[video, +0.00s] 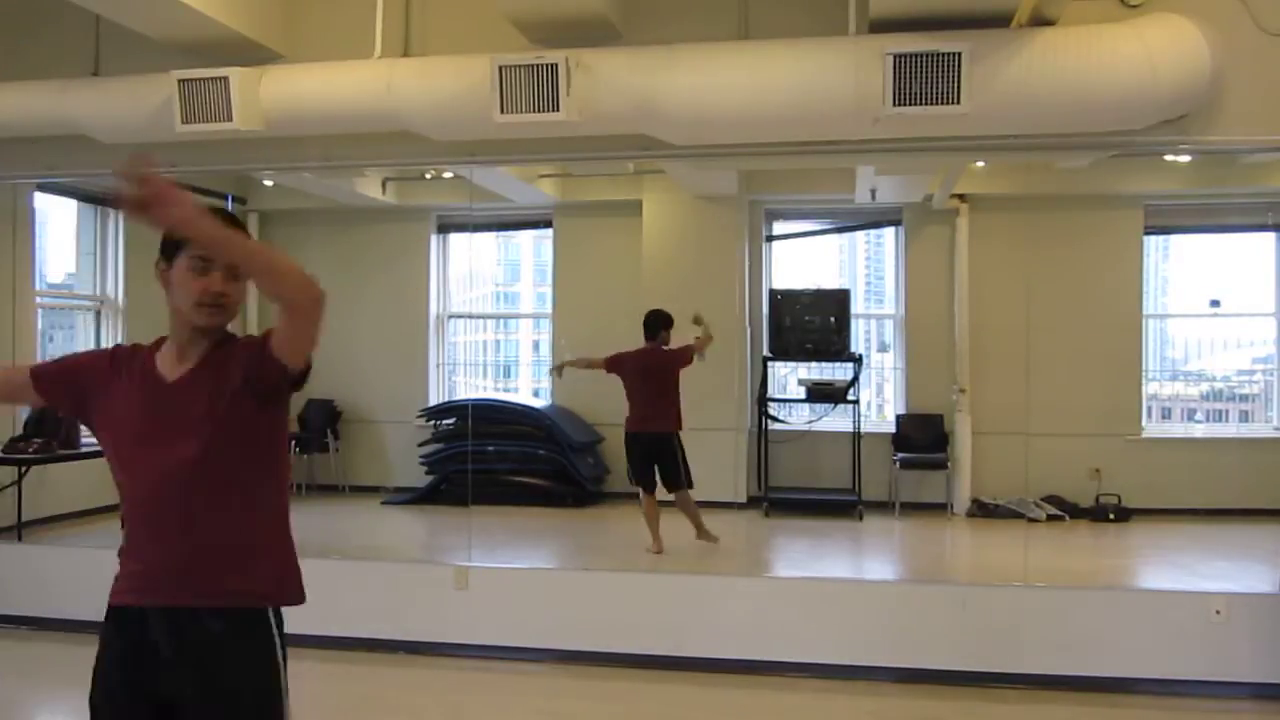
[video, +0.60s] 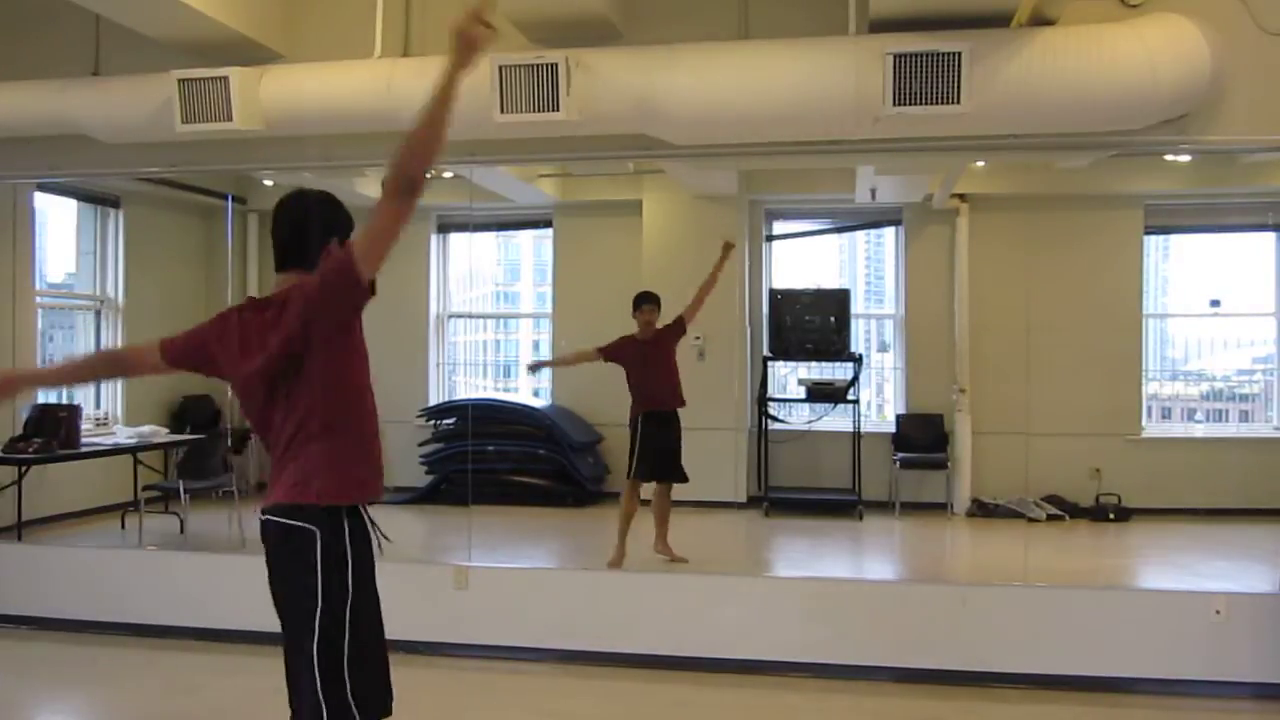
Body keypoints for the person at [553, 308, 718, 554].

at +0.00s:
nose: (671, 335)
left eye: (670, 331)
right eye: (669, 331)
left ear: (645, 332)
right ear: (663, 332)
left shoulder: (627, 359)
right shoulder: (671, 357)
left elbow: (593, 363)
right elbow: (701, 344)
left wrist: (565, 363)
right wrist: (705, 328)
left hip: (636, 434)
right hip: (666, 434)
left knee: (647, 491)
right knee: (679, 489)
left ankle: (656, 542)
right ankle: (701, 529)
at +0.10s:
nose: (674, 322)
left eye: (674, 318)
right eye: (672, 318)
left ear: (650, 319)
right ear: (660, 320)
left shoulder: (629, 343)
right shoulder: (670, 348)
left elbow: (601, 339)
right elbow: (709, 348)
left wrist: (578, 335)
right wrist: (738, 324)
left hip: (637, 422)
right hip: (663, 421)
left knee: (650, 486)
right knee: (687, 478)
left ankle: (657, 541)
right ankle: (719, 527)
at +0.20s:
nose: (674, 322)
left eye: (673, 317)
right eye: (671, 317)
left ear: (652, 320)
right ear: (656, 320)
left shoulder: (633, 337)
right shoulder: (663, 348)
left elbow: (616, 325)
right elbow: (706, 359)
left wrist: (600, 312)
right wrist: (751, 356)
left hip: (644, 416)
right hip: (660, 415)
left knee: (663, 478)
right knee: (682, 469)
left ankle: (659, 542)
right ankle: (715, 516)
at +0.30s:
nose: (671, 332)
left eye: (671, 327)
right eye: (668, 328)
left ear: (653, 329)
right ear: (656, 329)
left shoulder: (640, 344)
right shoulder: (658, 357)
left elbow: (631, 318)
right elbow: (681, 386)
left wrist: (624, 296)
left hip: (654, 417)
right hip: (658, 418)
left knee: (672, 484)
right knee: (672, 466)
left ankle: (659, 549)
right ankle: (697, 505)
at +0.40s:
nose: (664, 328)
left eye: (667, 324)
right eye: (659, 324)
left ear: (669, 325)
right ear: (647, 325)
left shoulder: (659, 345)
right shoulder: (644, 360)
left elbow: (656, 309)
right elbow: (638, 402)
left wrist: (650, 272)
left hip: (670, 418)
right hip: (655, 419)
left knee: (679, 484)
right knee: (665, 463)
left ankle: (660, 545)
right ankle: (673, 508)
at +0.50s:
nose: (659, 324)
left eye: (662, 319)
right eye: (653, 319)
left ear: (666, 319)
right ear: (641, 319)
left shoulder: (667, 336)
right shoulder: (632, 354)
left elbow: (679, 295)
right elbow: (603, 386)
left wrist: (685, 255)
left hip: (673, 414)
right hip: (652, 414)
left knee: (671, 479)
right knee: (651, 474)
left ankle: (662, 541)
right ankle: (648, 538)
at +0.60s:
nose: (649, 316)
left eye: (653, 311)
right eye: (644, 312)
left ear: (658, 314)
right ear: (635, 315)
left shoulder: (668, 337)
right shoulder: (625, 345)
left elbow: (698, 301)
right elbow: (586, 355)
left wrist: (722, 260)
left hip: (668, 418)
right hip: (643, 419)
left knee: (665, 484)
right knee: (634, 483)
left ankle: (662, 542)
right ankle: (620, 547)